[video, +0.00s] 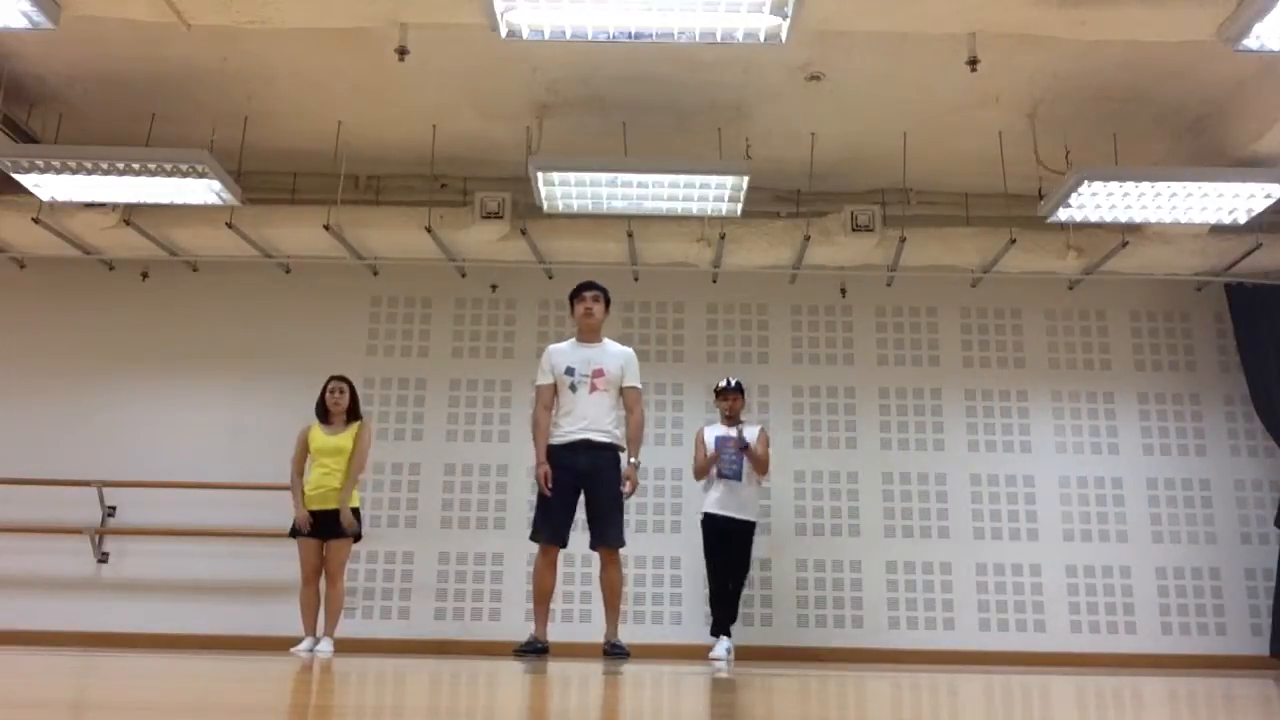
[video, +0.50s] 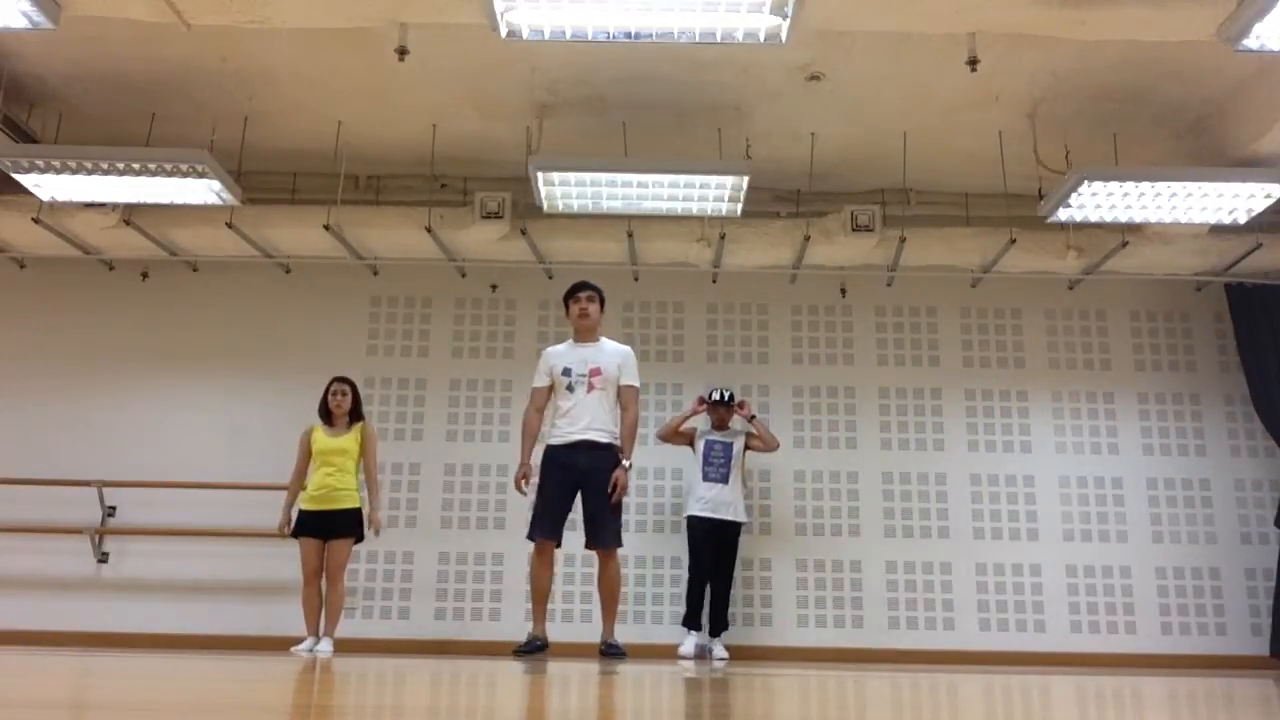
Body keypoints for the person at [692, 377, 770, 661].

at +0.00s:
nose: (729, 404)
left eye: (734, 399)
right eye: (724, 399)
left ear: (743, 402)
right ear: (717, 402)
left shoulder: (756, 433)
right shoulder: (706, 433)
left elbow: (763, 469)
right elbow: (698, 473)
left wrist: (746, 448)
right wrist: (714, 456)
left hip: (744, 513)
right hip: (715, 510)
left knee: (736, 576)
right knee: (717, 575)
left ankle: (722, 634)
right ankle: (722, 636)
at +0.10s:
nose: (728, 408)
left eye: (733, 403)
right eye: (723, 403)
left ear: (741, 405)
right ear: (716, 406)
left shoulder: (751, 436)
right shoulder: (709, 434)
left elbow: (767, 467)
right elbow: (687, 469)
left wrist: (758, 437)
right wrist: (699, 440)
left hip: (738, 513)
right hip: (710, 511)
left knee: (729, 577)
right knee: (714, 576)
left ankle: (719, 636)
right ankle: (721, 636)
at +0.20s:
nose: (728, 410)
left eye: (733, 405)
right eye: (723, 405)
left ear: (740, 409)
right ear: (715, 408)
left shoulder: (749, 438)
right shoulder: (705, 434)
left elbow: (770, 458)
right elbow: (678, 456)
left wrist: (759, 425)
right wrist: (694, 428)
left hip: (735, 517)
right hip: (706, 514)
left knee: (726, 579)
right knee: (712, 577)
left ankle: (716, 636)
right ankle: (720, 636)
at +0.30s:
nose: (726, 413)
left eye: (731, 407)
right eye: (722, 407)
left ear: (738, 410)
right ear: (713, 410)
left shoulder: (745, 438)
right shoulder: (702, 435)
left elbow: (771, 450)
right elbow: (671, 444)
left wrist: (754, 419)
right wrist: (693, 416)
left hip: (733, 517)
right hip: (705, 514)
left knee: (725, 576)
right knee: (710, 575)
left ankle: (715, 635)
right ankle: (713, 635)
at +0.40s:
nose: (723, 413)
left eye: (727, 408)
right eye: (718, 408)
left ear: (735, 410)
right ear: (710, 410)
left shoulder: (743, 437)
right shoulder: (700, 435)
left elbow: (772, 446)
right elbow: (668, 438)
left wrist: (751, 418)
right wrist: (693, 413)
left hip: (731, 515)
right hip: (703, 513)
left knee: (724, 577)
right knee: (705, 575)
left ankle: (717, 637)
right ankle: (701, 635)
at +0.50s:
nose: (721, 414)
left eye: (725, 409)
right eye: (716, 408)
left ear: (732, 411)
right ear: (708, 411)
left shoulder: (741, 438)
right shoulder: (697, 436)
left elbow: (772, 445)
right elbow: (664, 435)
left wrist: (751, 418)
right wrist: (690, 412)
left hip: (729, 516)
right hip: (700, 514)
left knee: (722, 580)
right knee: (697, 576)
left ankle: (716, 638)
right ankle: (693, 634)